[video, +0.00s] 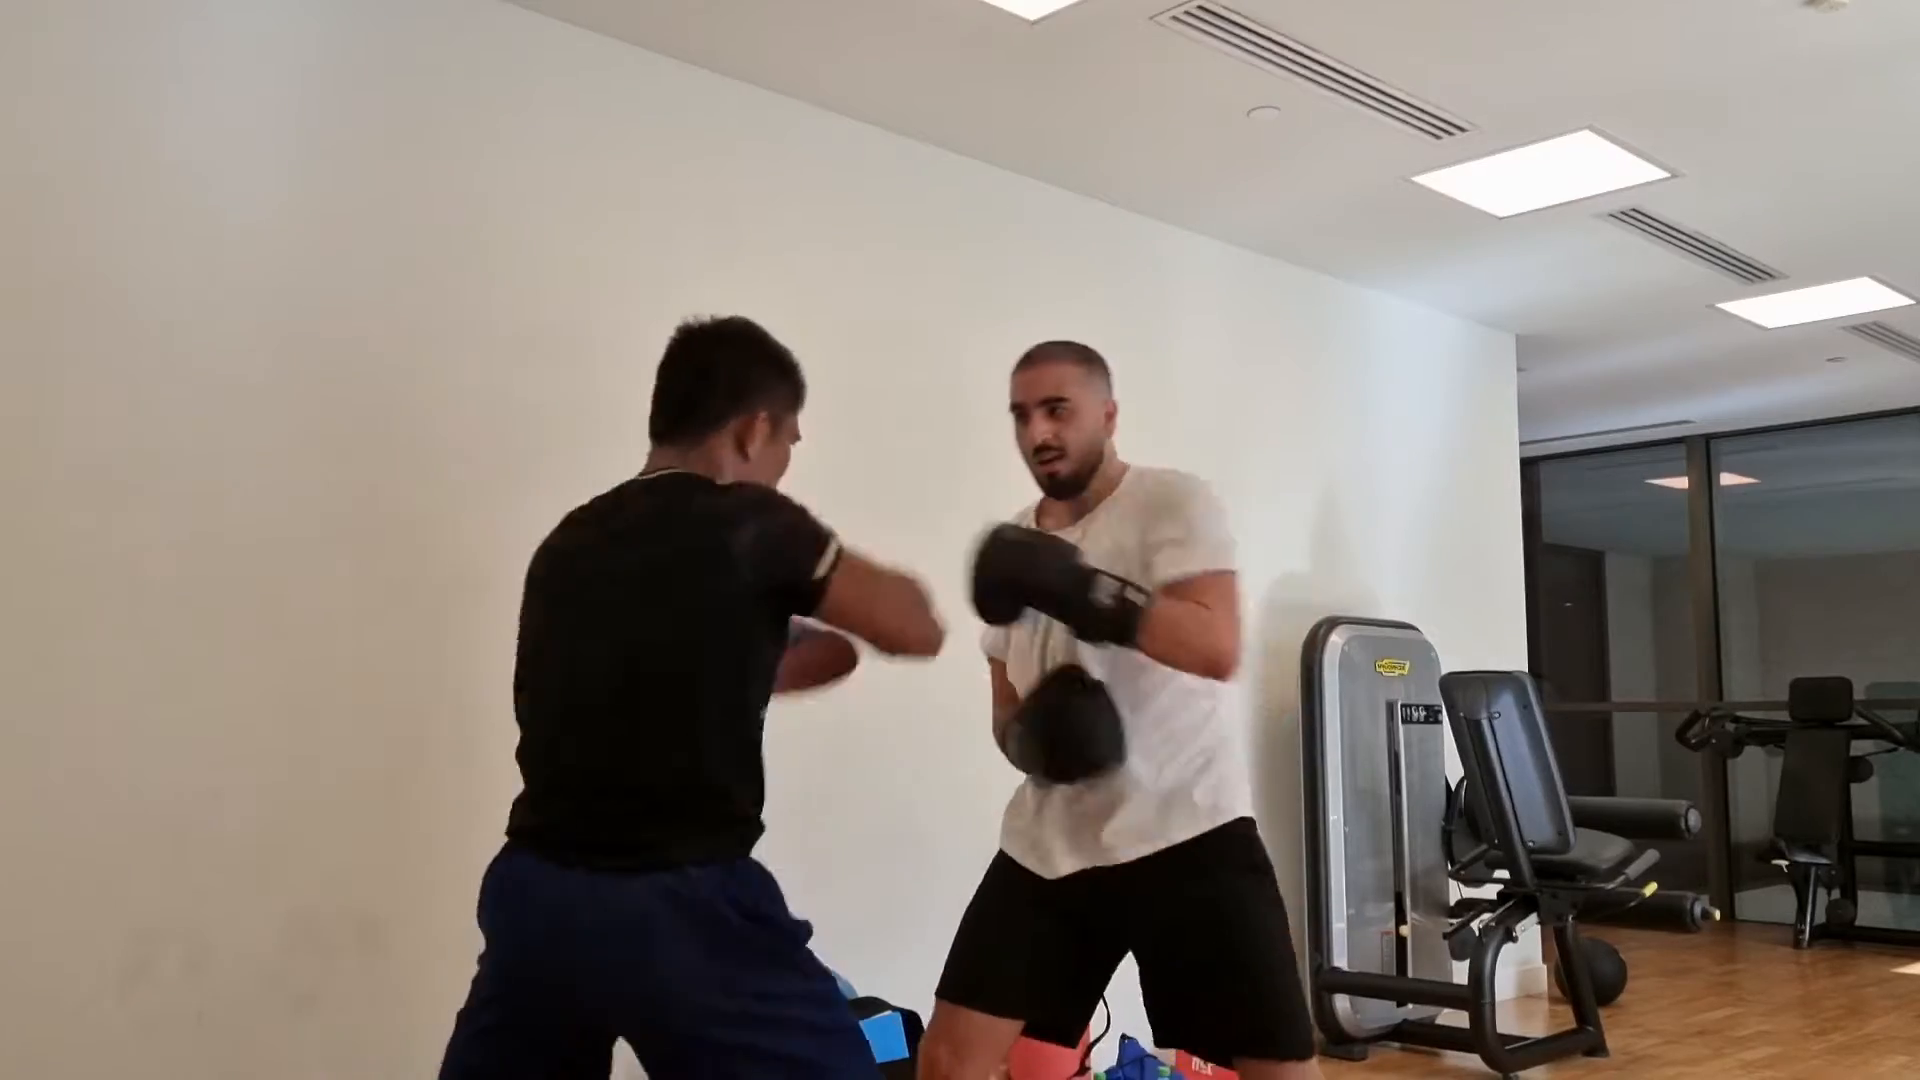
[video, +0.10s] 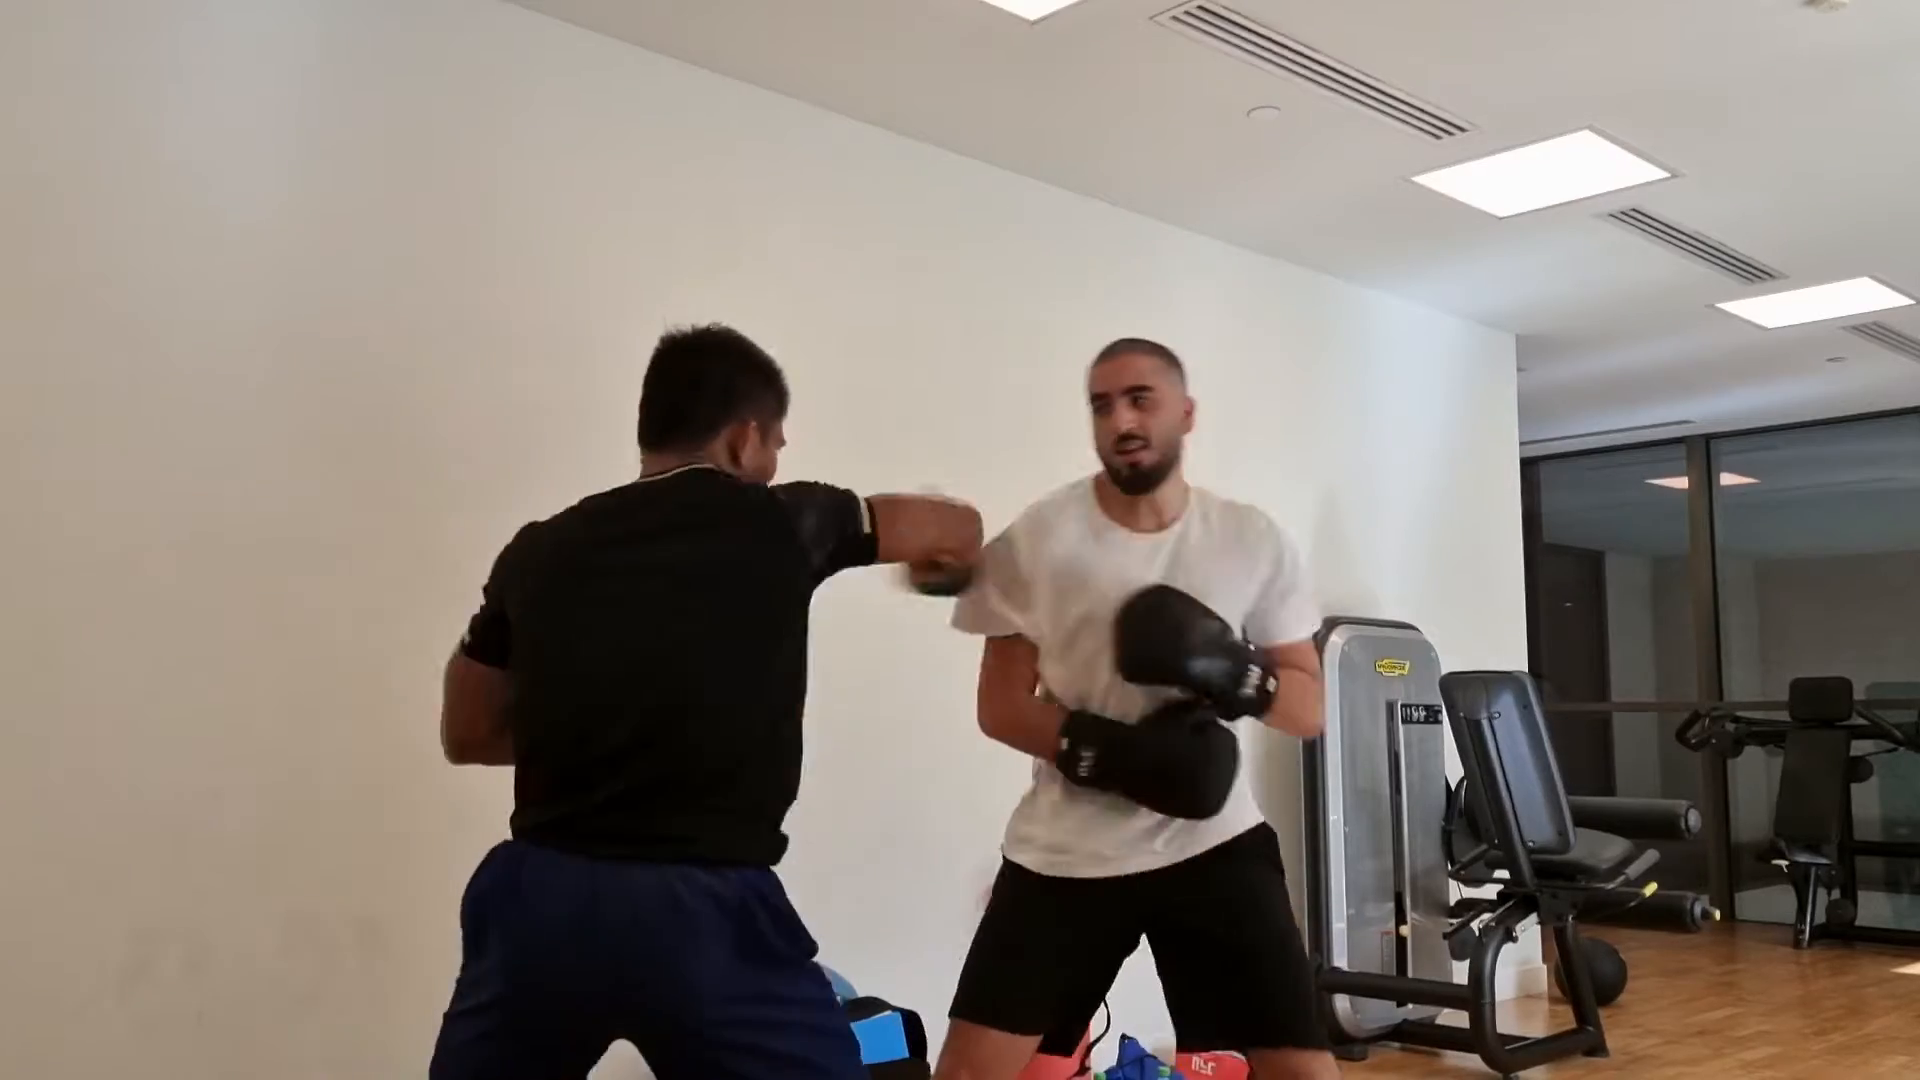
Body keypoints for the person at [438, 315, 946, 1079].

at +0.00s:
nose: (784, 468)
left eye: (790, 447)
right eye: (786, 444)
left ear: (662, 425)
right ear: (748, 432)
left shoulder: (567, 541)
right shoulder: (748, 521)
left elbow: (660, 673)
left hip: (537, 908)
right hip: (690, 915)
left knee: (488, 1068)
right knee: (836, 1063)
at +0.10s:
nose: (776, 465)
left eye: (781, 449)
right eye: (777, 447)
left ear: (651, 435)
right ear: (743, 439)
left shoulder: (538, 548)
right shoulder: (778, 518)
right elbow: (957, 527)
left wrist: (600, 718)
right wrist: (941, 568)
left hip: (536, 915)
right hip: (714, 921)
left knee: (472, 1068)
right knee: (822, 1063)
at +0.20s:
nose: (795, 475)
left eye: (800, 458)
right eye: (796, 456)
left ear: (669, 440)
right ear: (757, 447)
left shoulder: (557, 558)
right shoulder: (787, 527)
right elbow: (950, 559)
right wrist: (971, 542)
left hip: (543, 928)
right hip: (711, 938)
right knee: (843, 1062)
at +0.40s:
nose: (840, 470)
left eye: (846, 441)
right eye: (843, 438)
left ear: (779, 430)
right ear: (798, 429)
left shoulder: (745, 535)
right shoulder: (707, 525)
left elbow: (868, 576)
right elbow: (786, 689)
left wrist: (1016, 545)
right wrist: (862, 605)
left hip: (575, 893)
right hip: (664, 907)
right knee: (795, 1065)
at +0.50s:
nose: (848, 471)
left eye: (852, 450)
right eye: (847, 447)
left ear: (773, 442)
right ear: (798, 443)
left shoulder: (769, 552)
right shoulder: (700, 542)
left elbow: (919, 558)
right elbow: (781, 719)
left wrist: (1059, 522)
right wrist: (863, 601)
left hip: (563, 906)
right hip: (641, 917)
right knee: (788, 1065)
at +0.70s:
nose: (722, 479)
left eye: (728, 462)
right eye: (720, 459)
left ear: (593, 434)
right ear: (676, 448)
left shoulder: (498, 550)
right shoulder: (680, 548)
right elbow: (882, 640)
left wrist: (699, 537)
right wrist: (941, 608)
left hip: (474, 935)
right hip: (626, 942)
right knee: (782, 1062)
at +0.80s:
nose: (629, 497)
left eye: (633, 477)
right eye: (629, 475)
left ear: (490, 456)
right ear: (576, 462)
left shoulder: (388, 587)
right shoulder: (598, 549)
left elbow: (513, 598)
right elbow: (808, 600)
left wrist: (650, 553)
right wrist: (934, 632)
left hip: (449, 972)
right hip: (615, 963)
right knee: (778, 1058)